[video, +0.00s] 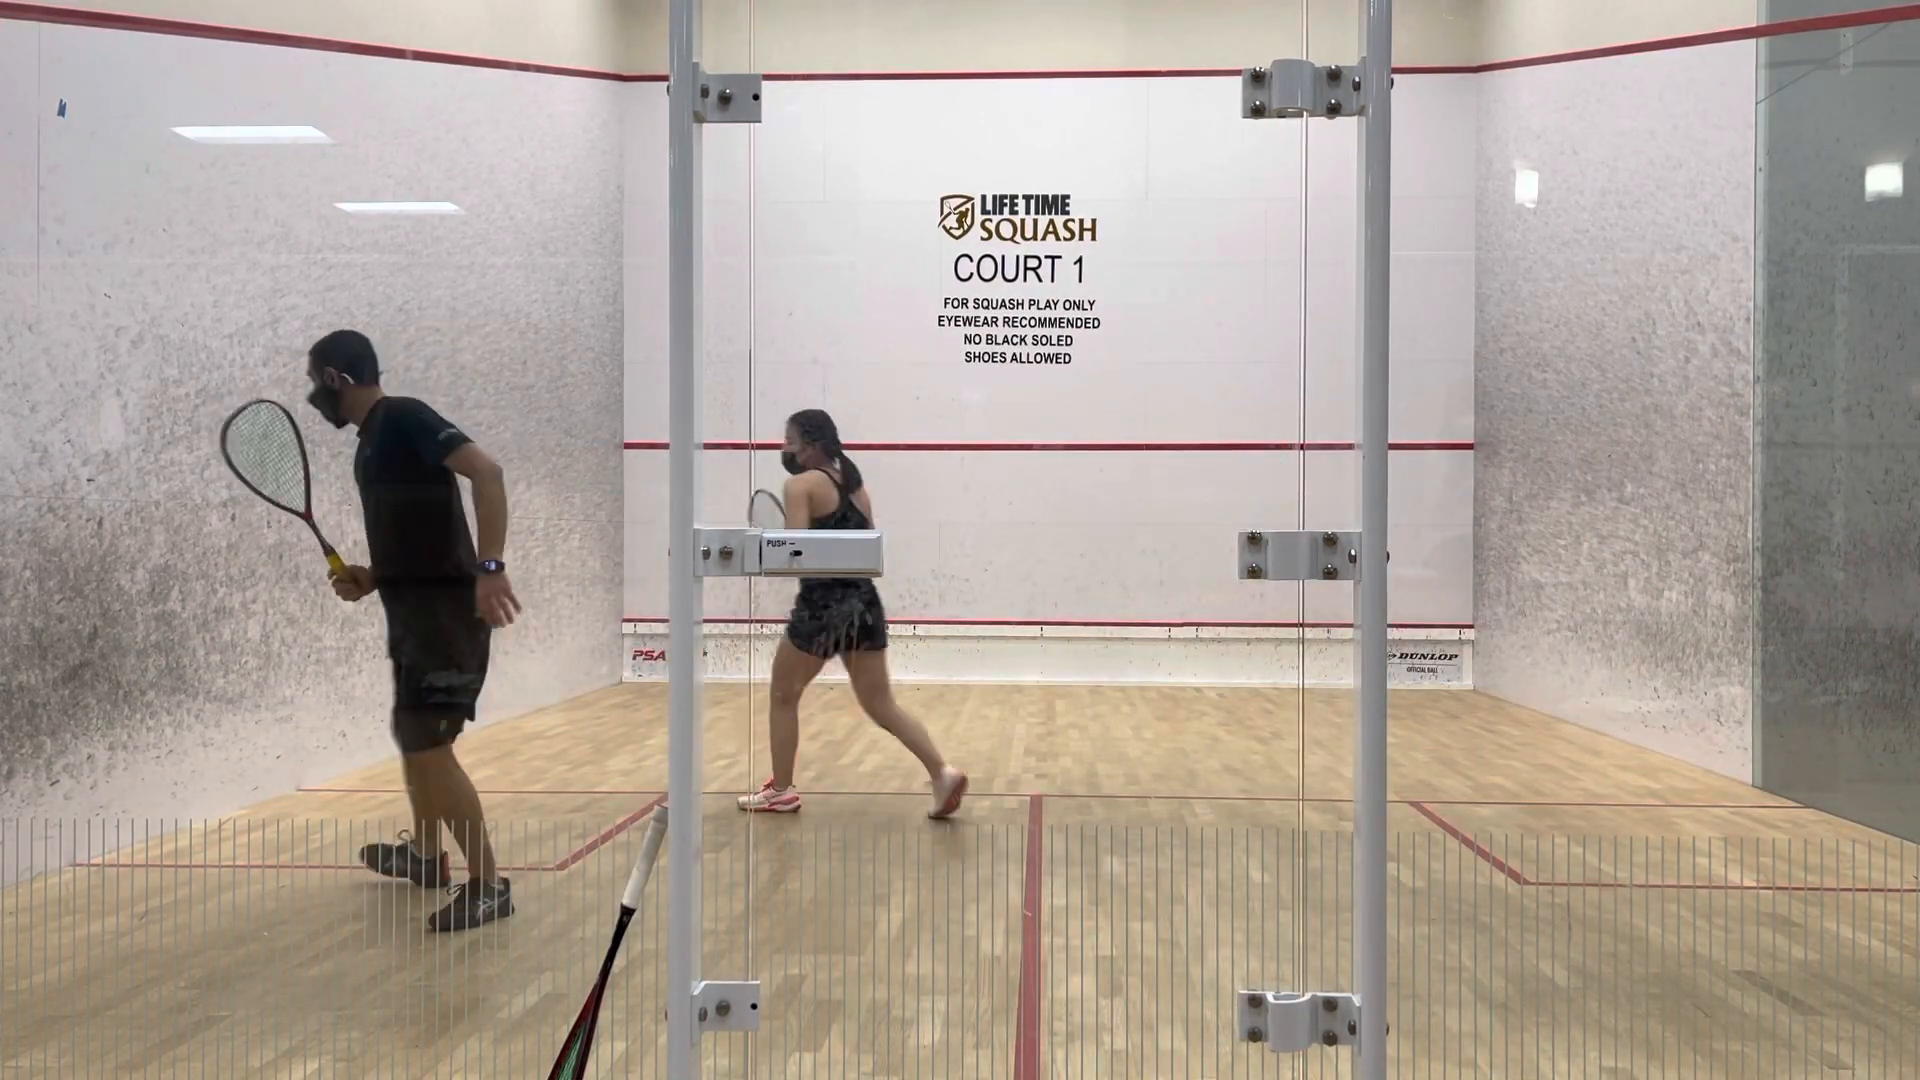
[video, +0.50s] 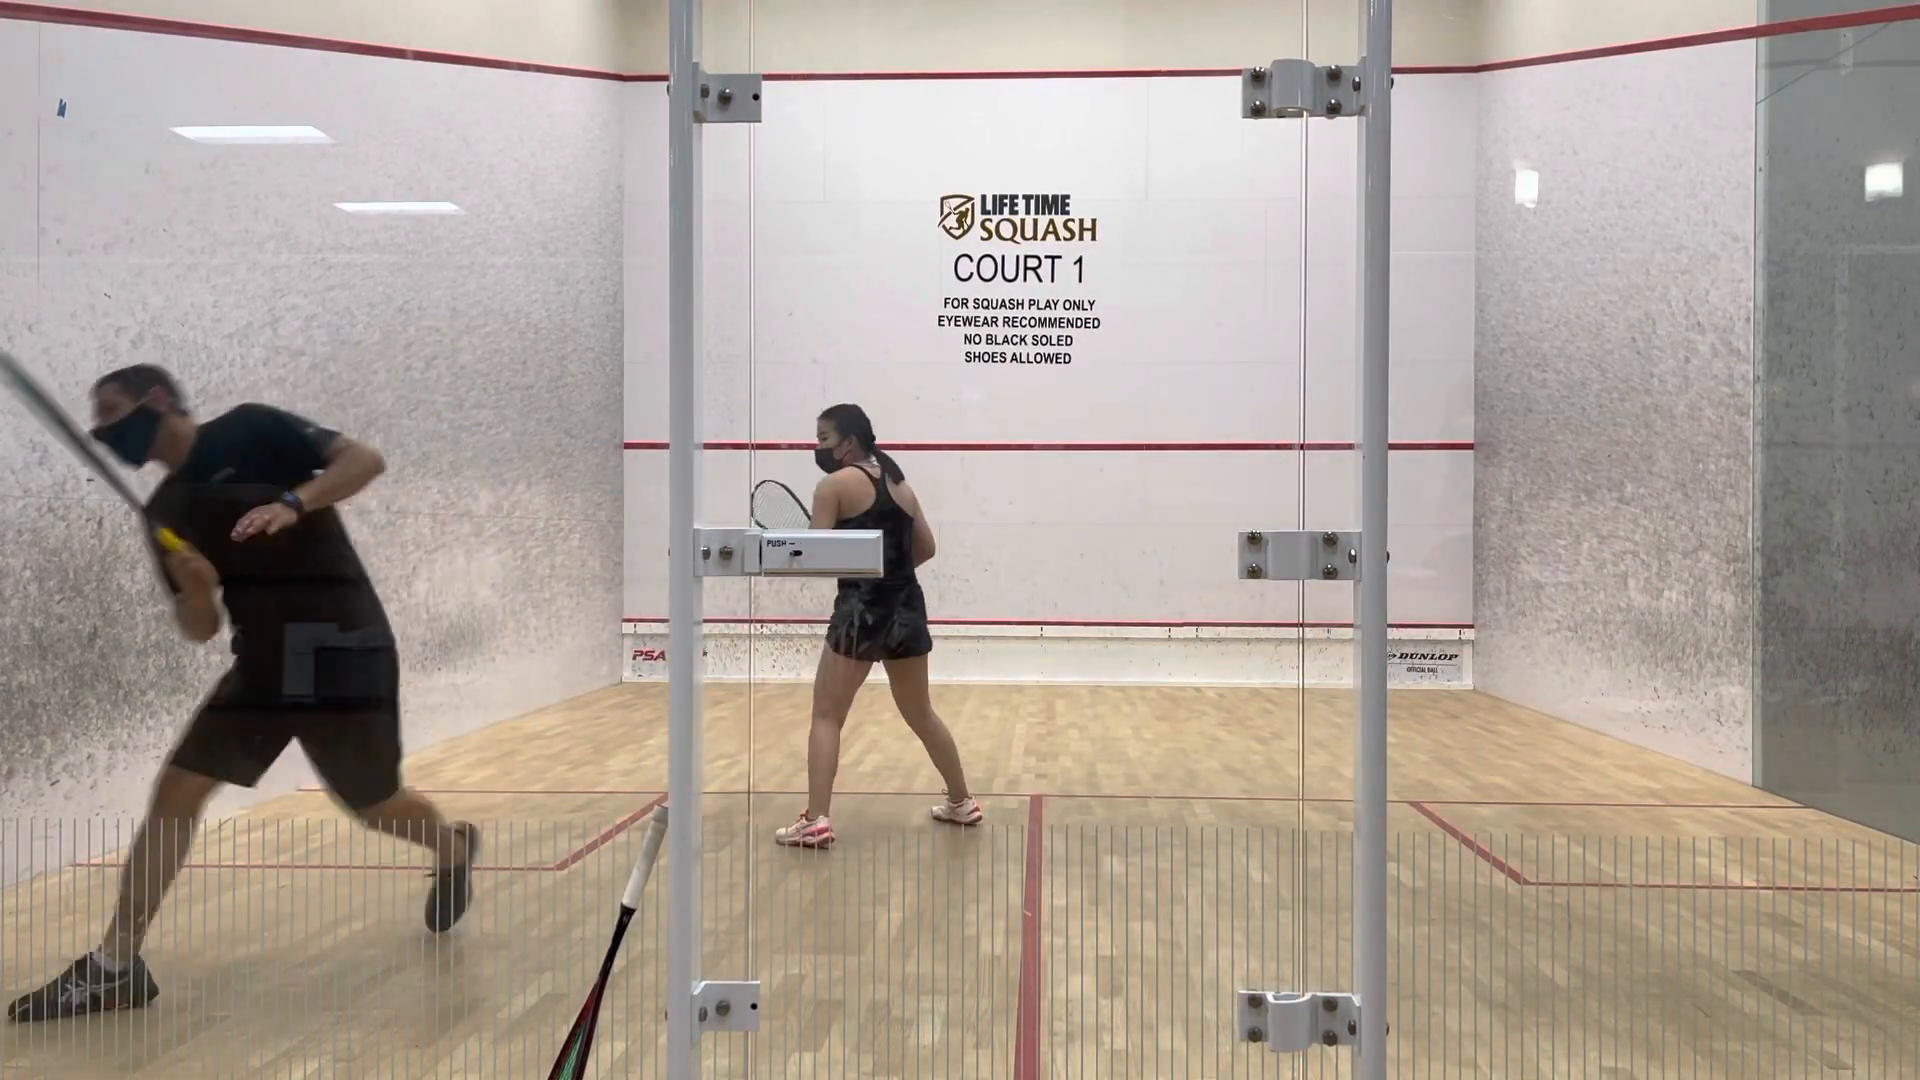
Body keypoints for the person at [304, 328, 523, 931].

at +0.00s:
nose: (313, 397)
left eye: (315, 384)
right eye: (312, 385)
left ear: (339, 380)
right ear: (356, 378)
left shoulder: (401, 418)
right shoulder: (370, 446)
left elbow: (487, 472)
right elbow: (413, 540)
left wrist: (491, 567)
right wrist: (370, 578)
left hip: (446, 608)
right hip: (411, 613)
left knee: (428, 741)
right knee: (413, 734)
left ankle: (488, 883)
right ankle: (425, 854)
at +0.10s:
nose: (292, 394)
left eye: (295, 380)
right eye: (289, 383)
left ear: (329, 370)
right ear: (325, 374)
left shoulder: (405, 412)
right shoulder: (342, 453)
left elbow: (482, 482)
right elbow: (369, 530)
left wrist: (465, 572)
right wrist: (359, 577)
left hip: (450, 604)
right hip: (395, 610)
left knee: (443, 747)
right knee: (358, 733)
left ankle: (488, 882)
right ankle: (414, 846)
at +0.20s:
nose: (263, 390)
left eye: (268, 377)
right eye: (259, 380)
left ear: (305, 366)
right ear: (299, 370)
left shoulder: (383, 407)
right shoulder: (310, 459)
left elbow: (464, 476)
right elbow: (341, 545)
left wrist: (417, 563)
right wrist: (333, 573)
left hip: (440, 603)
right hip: (373, 610)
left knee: (458, 743)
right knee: (310, 730)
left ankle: (489, 883)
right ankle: (352, 870)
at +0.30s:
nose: (233, 406)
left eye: (237, 390)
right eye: (227, 396)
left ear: (271, 375)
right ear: (260, 383)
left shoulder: (352, 415)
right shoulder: (279, 470)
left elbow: (440, 477)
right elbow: (299, 567)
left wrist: (366, 549)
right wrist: (305, 581)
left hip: (418, 616)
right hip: (347, 624)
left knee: (451, 750)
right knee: (268, 739)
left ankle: (486, 885)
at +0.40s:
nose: (176, 412)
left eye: (182, 396)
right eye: (170, 403)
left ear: (224, 384)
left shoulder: (305, 421)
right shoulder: (233, 491)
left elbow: (403, 471)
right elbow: (262, 595)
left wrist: (318, 526)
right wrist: (257, 584)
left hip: (381, 629)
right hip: (310, 638)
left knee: (424, 768)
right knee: (233, 770)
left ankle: (486, 877)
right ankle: (151, 933)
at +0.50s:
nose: (110, 436)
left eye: (115, 420)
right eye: (103, 428)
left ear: (160, 399)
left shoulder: (251, 427)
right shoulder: (163, 513)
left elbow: (365, 459)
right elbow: (199, 629)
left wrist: (295, 505)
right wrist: (199, 587)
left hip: (344, 641)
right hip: (264, 659)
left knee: (374, 803)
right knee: (177, 794)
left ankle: (455, 844)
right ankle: (118, 960)